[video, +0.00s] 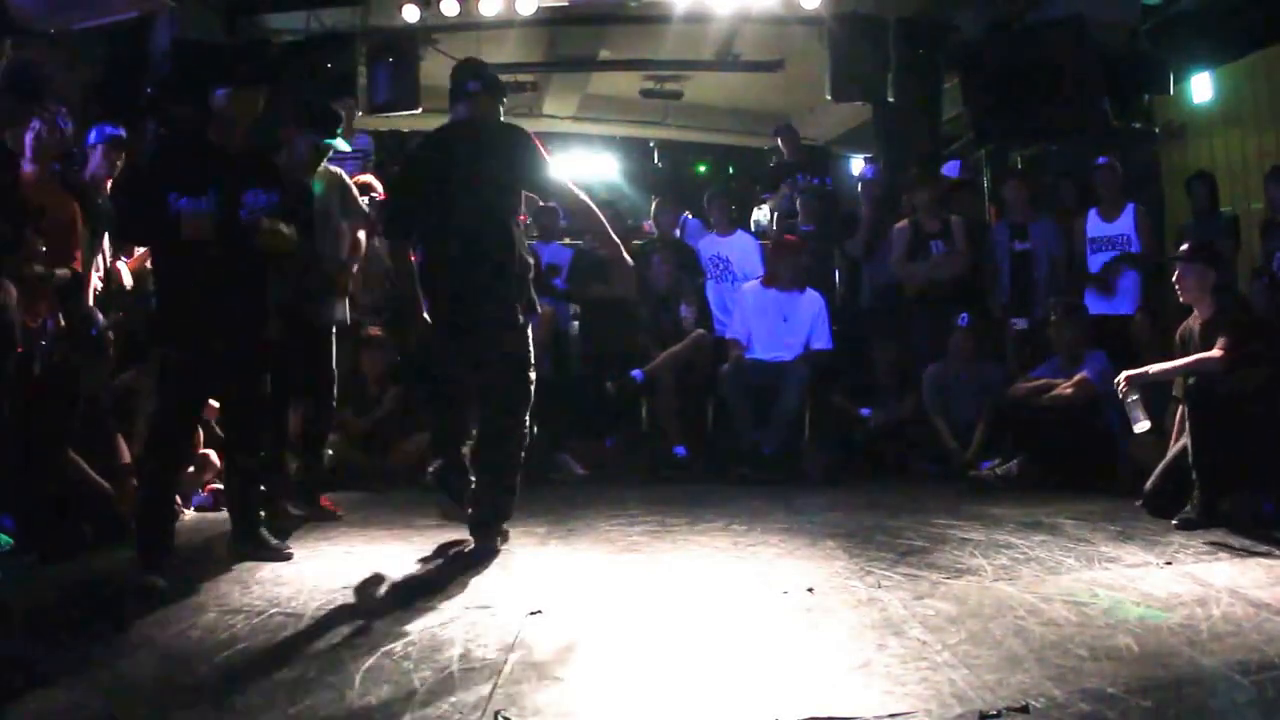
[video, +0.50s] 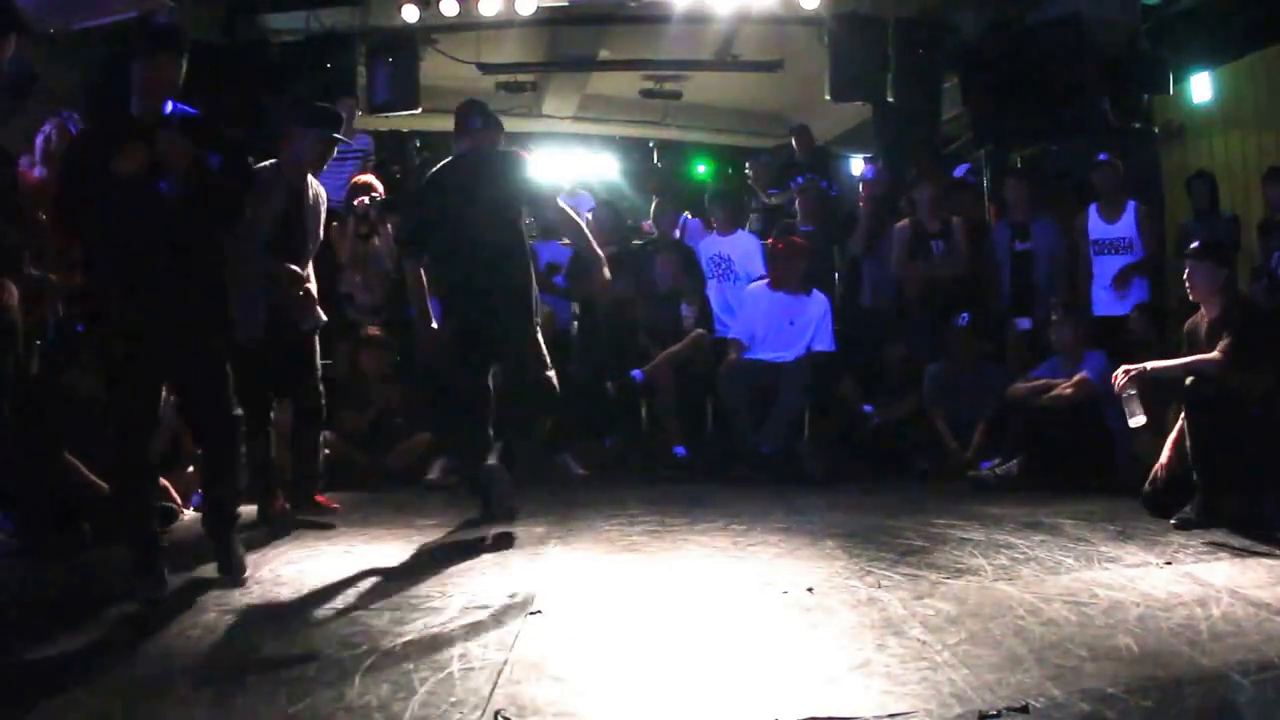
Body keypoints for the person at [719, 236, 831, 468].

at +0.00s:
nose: (795, 265)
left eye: (797, 258)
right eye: (787, 258)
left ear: (801, 261)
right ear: (774, 261)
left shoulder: (813, 300)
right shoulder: (749, 292)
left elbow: (821, 349)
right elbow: (736, 338)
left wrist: (800, 361)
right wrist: (737, 357)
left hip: (789, 361)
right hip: (755, 361)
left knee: (799, 376)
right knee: (730, 375)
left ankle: (774, 446)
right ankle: (746, 445)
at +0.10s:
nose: (788, 266)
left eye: (793, 260)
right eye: (783, 259)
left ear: (801, 264)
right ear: (772, 261)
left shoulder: (814, 301)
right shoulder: (751, 293)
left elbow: (821, 350)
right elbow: (738, 341)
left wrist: (800, 363)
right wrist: (728, 363)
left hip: (789, 363)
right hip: (755, 363)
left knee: (798, 376)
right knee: (729, 374)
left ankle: (771, 448)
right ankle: (747, 446)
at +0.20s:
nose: (791, 268)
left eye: (796, 262)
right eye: (785, 261)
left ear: (802, 265)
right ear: (773, 263)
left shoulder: (815, 301)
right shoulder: (752, 293)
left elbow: (821, 350)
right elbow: (739, 339)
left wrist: (802, 362)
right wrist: (731, 357)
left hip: (789, 363)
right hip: (755, 363)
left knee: (799, 373)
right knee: (729, 371)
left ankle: (773, 448)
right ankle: (745, 447)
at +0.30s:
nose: (792, 268)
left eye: (797, 262)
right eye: (786, 261)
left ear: (804, 265)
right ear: (774, 263)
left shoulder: (816, 301)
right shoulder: (753, 293)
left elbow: (821, 351)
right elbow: (739, 338)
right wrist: (733, 355)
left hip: (790, 364)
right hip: (755, 363)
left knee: (800, 372)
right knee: (730, 371)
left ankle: (774, 449)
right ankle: (745, 448)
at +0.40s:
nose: (795, 270)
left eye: (799, 263)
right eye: (788, 263)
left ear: (805, 265)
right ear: (776, 264)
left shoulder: (817, 301)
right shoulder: (754, 292)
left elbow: (821, 351)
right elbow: (738, 337)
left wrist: (802, 361)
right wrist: (734, 355)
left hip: (791, 363)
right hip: (755, 362)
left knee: (798, 375)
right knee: (731, 372)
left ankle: (772, 447)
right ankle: (745, 446)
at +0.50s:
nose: (781, 267)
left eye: (787, 261)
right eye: (778, 260)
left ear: (801, 265)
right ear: (771, 263)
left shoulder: (818, 302)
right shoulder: (754, 292)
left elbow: (822, 351)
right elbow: (739, 337)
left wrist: (803, 362)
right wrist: (733, 355)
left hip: (791, 364)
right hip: (755, 363)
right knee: (730, 374)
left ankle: (770, 448)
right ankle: (745, 447)